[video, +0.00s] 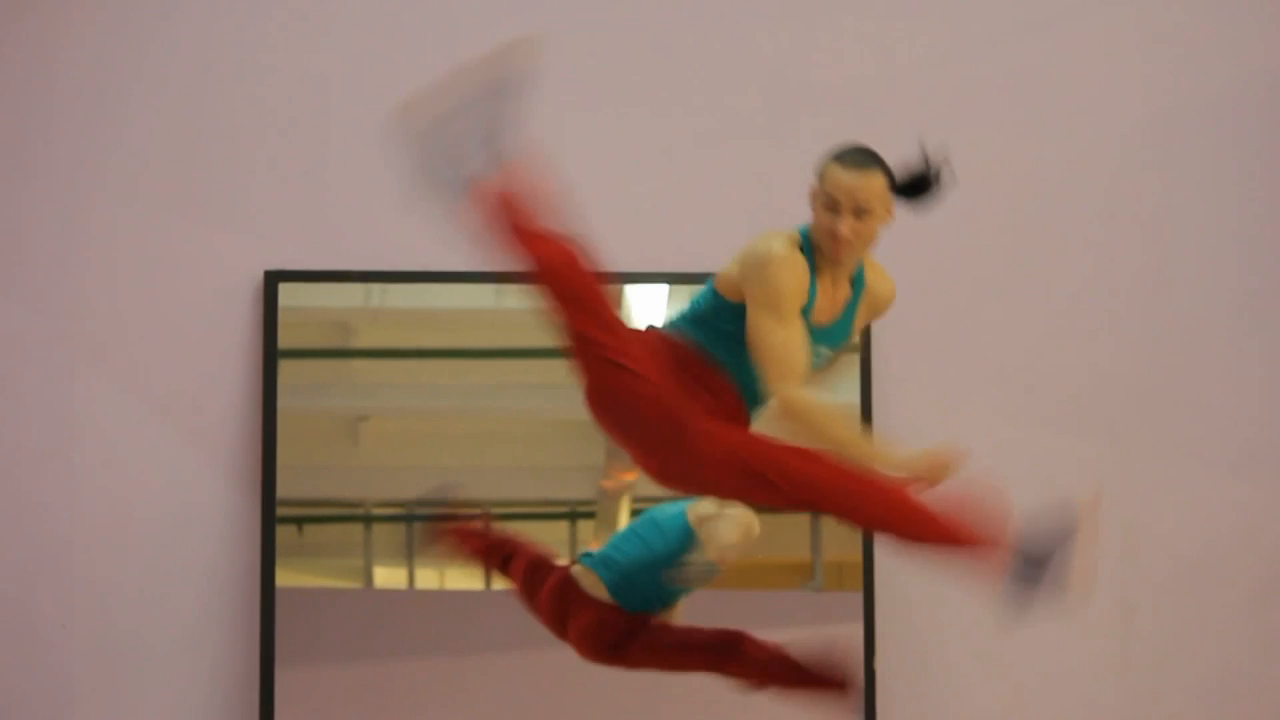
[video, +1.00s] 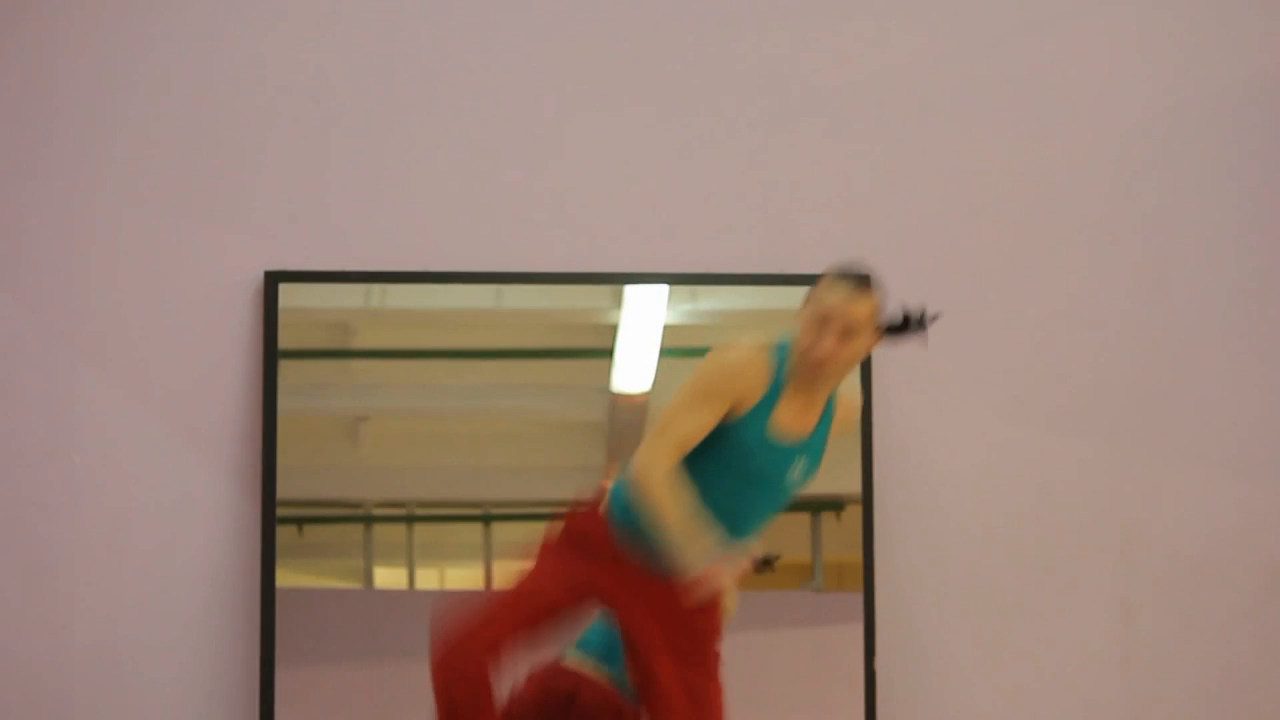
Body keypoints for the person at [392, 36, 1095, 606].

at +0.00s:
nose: (842, 226)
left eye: (861, 215)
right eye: (832, 208)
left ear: (885, 222)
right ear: (811, 201)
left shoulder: (873, 293)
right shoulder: (774, 265)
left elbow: (810, 372)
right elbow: (786, 398)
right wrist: (884, 463)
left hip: (717, 439)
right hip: (652, 382)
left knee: (829, 479)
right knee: (580, 291)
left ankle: (1004, 552)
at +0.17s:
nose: (854, 245)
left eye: (871, 232)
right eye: (842, 226)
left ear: (895, 236)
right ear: (820, 219)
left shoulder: (873, 306)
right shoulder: (779, 272)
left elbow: (779, 391)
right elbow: (754, 404)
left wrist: (740, 496)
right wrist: (846, 476)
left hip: (705, 458)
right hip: (642, 407)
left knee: (848, 513)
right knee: (547, 298)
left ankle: (958, 657)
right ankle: (410, 277)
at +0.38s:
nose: (855, 262)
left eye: (873, 252)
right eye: (846, 243)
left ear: (894, 261)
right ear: (824, 235)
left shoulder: (869, 322)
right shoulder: (779, 288)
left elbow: (779, 391)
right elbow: (724, 406)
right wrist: (812, 481)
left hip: (699, 477)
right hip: (637, 425)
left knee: (828, 562)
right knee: (512, 357)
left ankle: (887, 707)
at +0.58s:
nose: (853, 285)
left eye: (873, 275)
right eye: (845, 265)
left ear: (891, 285)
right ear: (824, 256)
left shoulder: (860, 341)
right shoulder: (777, 308)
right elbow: (697, 413)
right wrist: (774, 486)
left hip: (695, 504)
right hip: (623, 453)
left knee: (778, 630)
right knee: (490, 433)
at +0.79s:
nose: (842, 314)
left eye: (862, 305)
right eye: (836, 294)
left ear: (884, 315)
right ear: (816, 285)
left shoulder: (853, 373)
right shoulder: (765, 337)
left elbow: (762, 443)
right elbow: (675, 435)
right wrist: (749, 513)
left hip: (689, 543)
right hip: (618, 491)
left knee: (733, 701)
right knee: (466, 543)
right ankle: (431, 687)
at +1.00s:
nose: (826, 344)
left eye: (847, 333)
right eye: (820, 322)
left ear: (870, 345)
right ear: (800, 316)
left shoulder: (840, 406)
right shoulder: (741, 368)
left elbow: (759, 487)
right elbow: (648, 468)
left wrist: (731, 563)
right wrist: (704, 555)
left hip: (686, 588)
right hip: (606, 545)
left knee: (693, 713)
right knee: (461, 644)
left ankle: (564, 690)